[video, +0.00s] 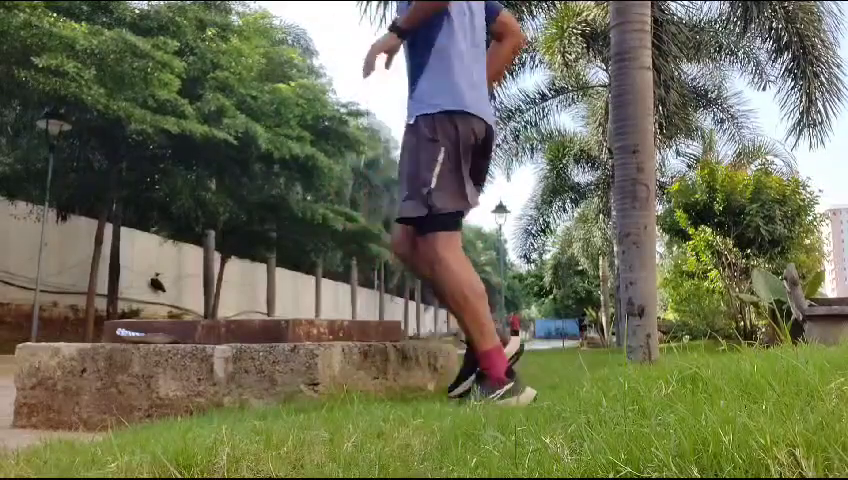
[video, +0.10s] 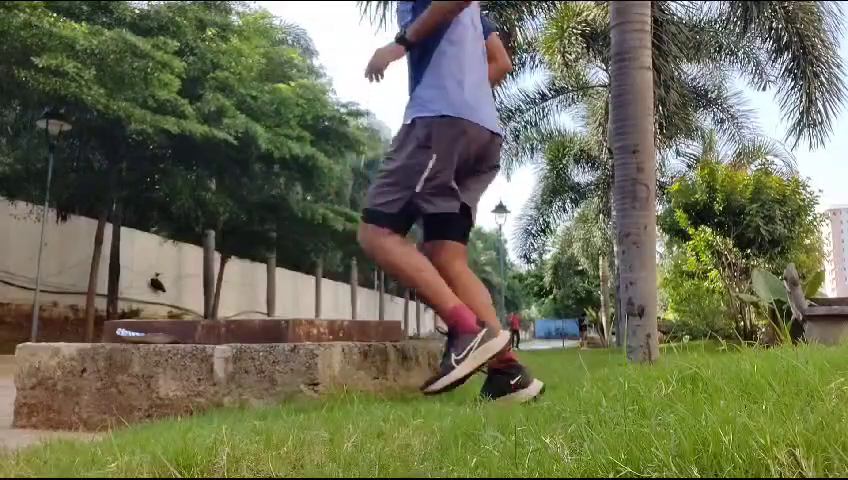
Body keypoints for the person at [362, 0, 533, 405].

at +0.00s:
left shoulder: (425, 4)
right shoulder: (476, 5)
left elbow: (436, 3)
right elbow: (511, 34)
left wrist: (395, 33)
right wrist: (476, 89)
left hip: (441, 107)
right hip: (474, 113)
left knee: (439, 245)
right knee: (406, 242)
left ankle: (497, 374)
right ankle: (489, 338)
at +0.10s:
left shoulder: (424, 3)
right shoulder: (476, 11)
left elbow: (456, 2)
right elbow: (501, 62)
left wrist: (397, 46)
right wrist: (453, 86)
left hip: (441, 115)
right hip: (487, 129)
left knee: (377, 234)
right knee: (446, 255)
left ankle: (467, 328)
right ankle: (507, 371)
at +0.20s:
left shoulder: (422, 5)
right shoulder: (448, 16)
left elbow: (462, 4)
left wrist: (403, 56)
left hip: (441, 115)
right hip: (486, 130)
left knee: (342, 193)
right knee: (456, 254)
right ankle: (508, 374)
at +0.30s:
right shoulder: (453, 13)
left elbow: (431, 0)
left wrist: (391, 31)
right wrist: (402, 79)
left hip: (431, 80)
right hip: (475, 96)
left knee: (344, 181)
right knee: (457, 228)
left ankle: (385, 297)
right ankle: (497, 352)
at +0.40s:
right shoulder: (453, 8)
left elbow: (405, 1)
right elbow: (469, 29)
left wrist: (375, 26)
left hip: (419, 70)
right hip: (465, 83)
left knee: (359, 185)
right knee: (416, 204)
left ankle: (389, 305)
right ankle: (479, 309)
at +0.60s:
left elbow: (370, 3)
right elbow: (480, 6)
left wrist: (358, 7)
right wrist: (447, 40)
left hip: (423, 50)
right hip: (465, 61)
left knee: (390, 174)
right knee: (416, 184)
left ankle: (426, 303)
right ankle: (426, 302)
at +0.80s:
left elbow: (380, 5)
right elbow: (503, 2)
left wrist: (369, 13)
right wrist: (464, 35)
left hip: (445, 63)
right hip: (474, 69)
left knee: (430, 202)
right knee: (392, 182)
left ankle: (469, 338)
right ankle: (436, 293)